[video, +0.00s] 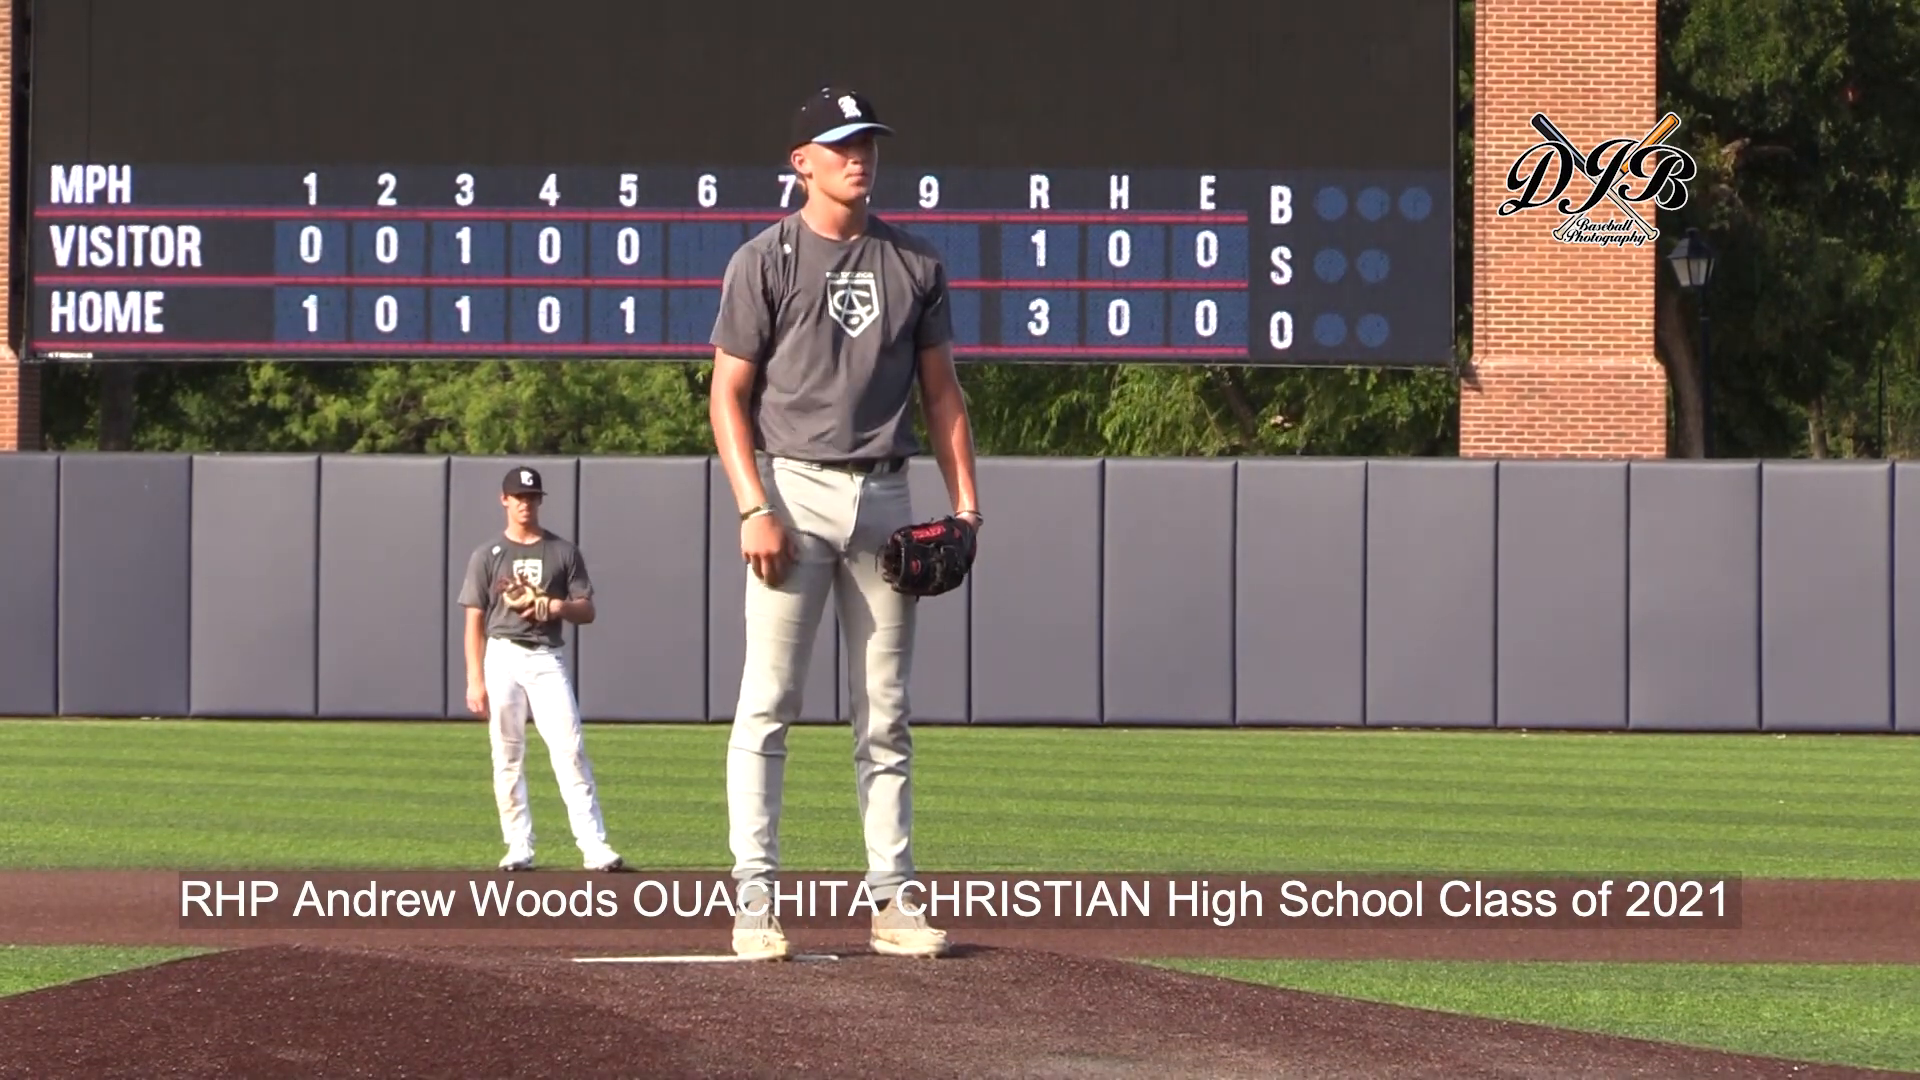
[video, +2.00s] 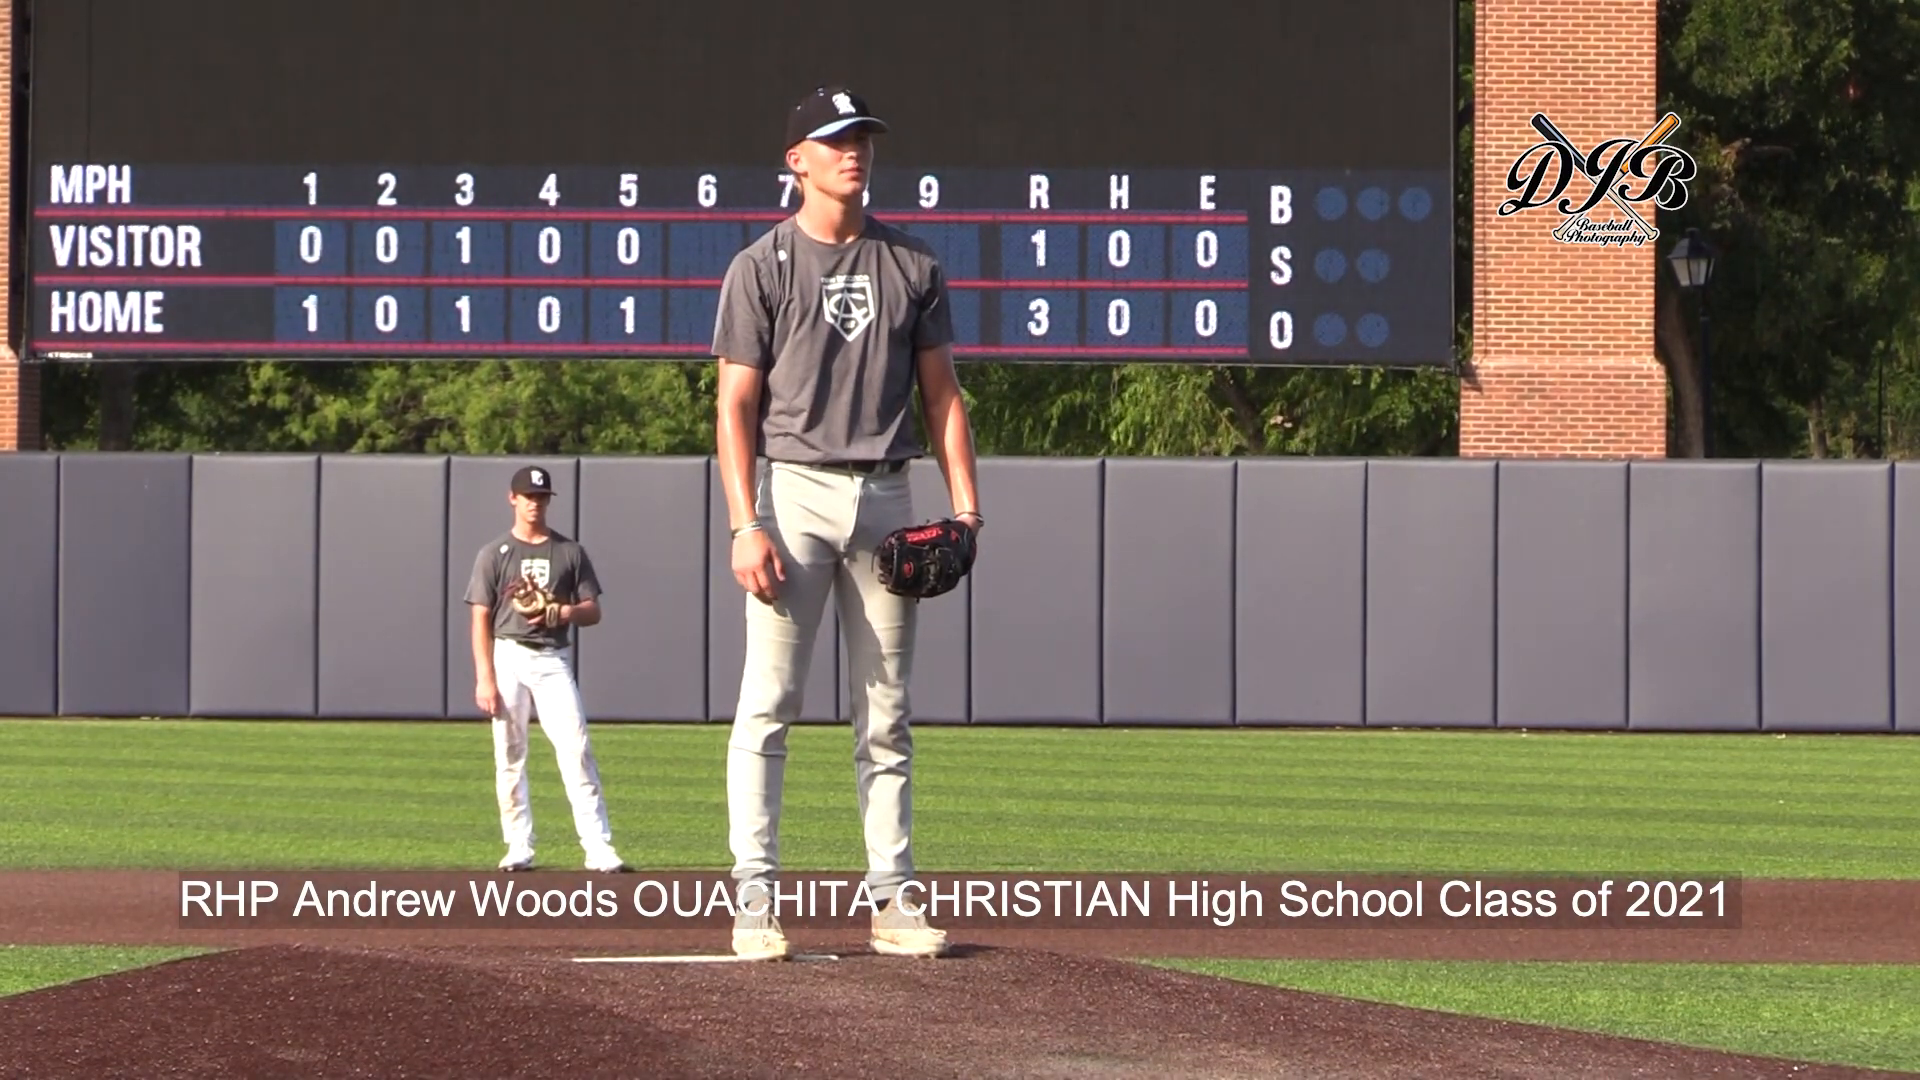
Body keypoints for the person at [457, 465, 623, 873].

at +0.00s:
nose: (526, 505)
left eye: (532, 498)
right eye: (519, 498)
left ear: (541, 501)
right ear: (505, 501)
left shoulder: (564, 551)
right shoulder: (486, 556)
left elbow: (587, 611)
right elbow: (474, 622)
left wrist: (556, 606)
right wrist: (475, 679)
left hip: (548, 658)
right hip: (501, 657)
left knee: (571, 750)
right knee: (507, 756)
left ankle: (596, 850)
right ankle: (518, 849)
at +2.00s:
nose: (535, 504)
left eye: (541, 497)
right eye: (528, 497)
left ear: (549, 500)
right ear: (513, 499)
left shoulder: (571, 552)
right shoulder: (493, 555)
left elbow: (592, 611)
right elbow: (480, 621)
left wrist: (560, 612)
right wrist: (485, 679)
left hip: (553, 659)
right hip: (506, 657)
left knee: (577, 749)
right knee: (509, 756)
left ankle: (600, 851)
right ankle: (518, 850)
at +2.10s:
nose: (534, 504)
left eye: (541, 497)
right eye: (527, 497)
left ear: (549, 500)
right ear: (512, 499)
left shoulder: (570, 552)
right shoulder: (492, 555)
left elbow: (591, 610)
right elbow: (480, 621)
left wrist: (560, 611)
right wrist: (485, 679)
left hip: (553, 659)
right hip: (506, 657)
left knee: (577, 749)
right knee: (509, 757)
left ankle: (599, 851)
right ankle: (518, 850)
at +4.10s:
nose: (539, 502)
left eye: (545, 496)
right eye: (531, 495)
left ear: (552, 499)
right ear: (517, 498)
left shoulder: (576, 549)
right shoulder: (496, 551)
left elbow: (594, 598)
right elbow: (478, 610)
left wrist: (573, 620)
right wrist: (490, 666)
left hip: (562, 657)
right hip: (515, 658)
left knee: (569, 753)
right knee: (516, 756)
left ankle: (576, 850)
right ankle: (519, 849)